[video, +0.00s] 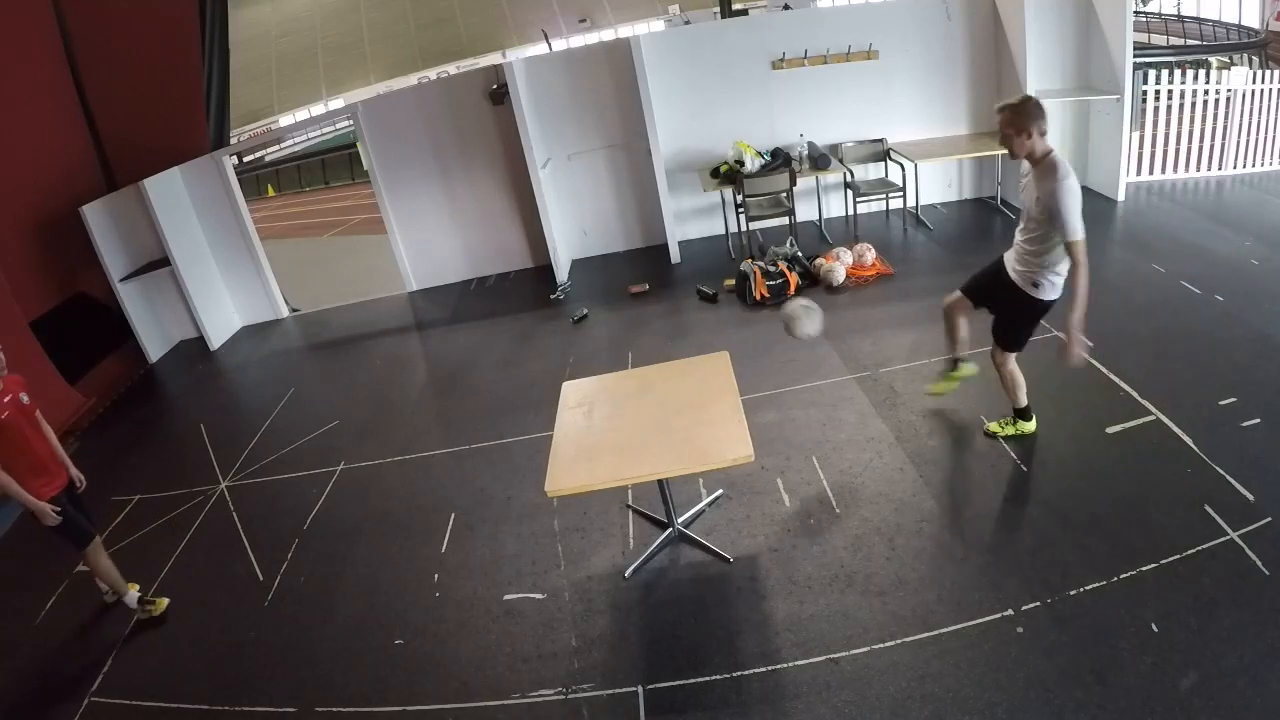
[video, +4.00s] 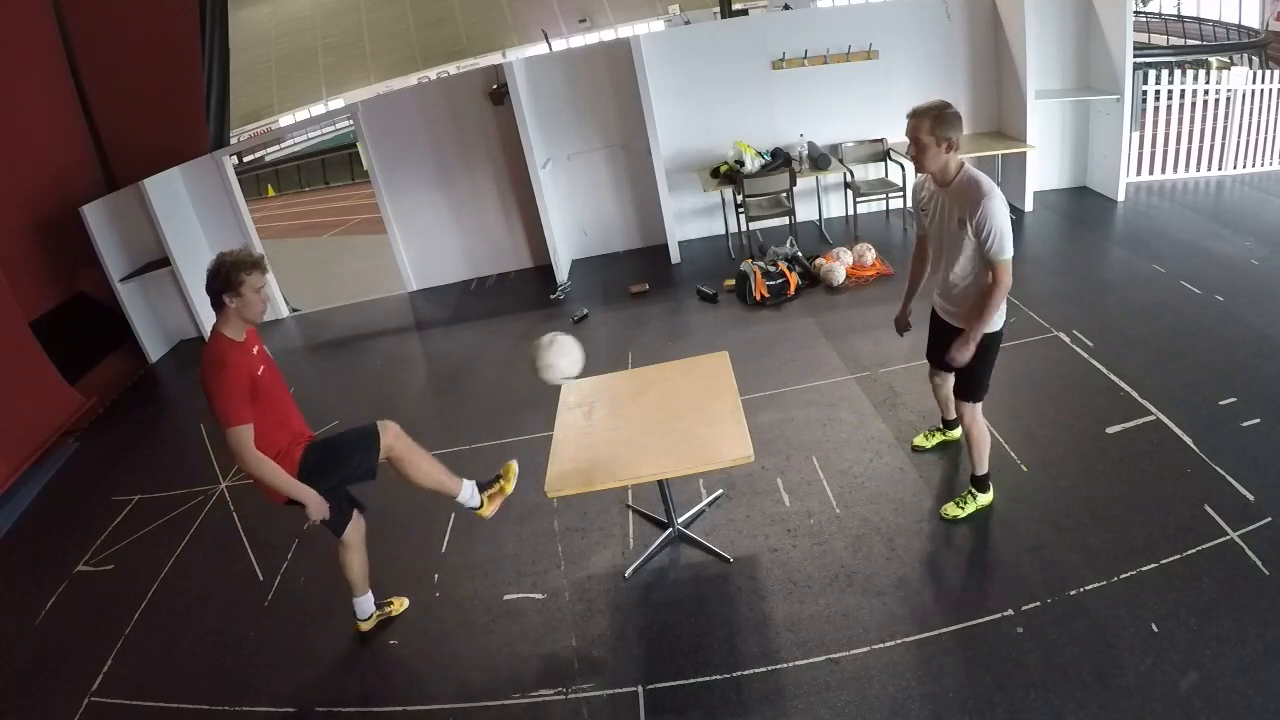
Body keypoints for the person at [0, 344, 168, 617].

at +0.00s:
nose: (3, 359)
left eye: (1, 352)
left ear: (4, 356)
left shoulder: (14, 383)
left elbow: (43, 426)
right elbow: (1, 475)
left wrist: (69, 465)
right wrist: (32, 504)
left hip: (61, 476)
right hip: (41, 495)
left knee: (90, 535)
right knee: (90, 541)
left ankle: (107, 586)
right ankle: (134, 600)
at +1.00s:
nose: (94, 338)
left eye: (91, 331)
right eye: (84, 335)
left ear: (88, 335)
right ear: (63, 350)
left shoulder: (112, 370)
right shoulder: (70, 411)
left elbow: (147, 420)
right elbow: (99, 478)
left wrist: (182, 464)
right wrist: (149, 516)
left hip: (175, 480)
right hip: (145, 509)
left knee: (222, 539)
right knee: (175, 570)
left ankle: (267, 604)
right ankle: (168, 604)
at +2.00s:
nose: (206, 308)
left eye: (202, 300)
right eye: (196, 304)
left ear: (176, 318)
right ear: (170, 321)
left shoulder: (203, 347)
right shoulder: (176, 385)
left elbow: (244, 412)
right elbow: (214, 475)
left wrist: (284, 452)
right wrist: (283, 513)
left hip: (276, 477)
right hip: (254, 507)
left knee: (312, 541)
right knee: (305, 574)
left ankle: (335, 606)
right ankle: (342, 642)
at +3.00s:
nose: (271, 324)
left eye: (272, 315)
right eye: (266, 315)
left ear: (238, 311)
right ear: (236, 312)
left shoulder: (245, 345)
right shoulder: (215, 369)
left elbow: (257, 424)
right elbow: (224, 465)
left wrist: (284, 474)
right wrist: (267, 523)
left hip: (289, 483)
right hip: (272, 507)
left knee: (328, 557)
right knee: (329, 569)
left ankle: (347, 624)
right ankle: (364, 643)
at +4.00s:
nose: (265, 297)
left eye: (263, 289)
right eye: (257, 292)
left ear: (237, 298)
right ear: (229, 301)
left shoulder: (245, 336)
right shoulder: (222, 362)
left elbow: (268, 405)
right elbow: (245, 453)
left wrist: (310, 450)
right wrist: (306, 495)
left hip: (301, 453)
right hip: (291, 469)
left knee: (350, 524)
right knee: (388, 436)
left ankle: (367, 614)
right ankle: (475, 497)